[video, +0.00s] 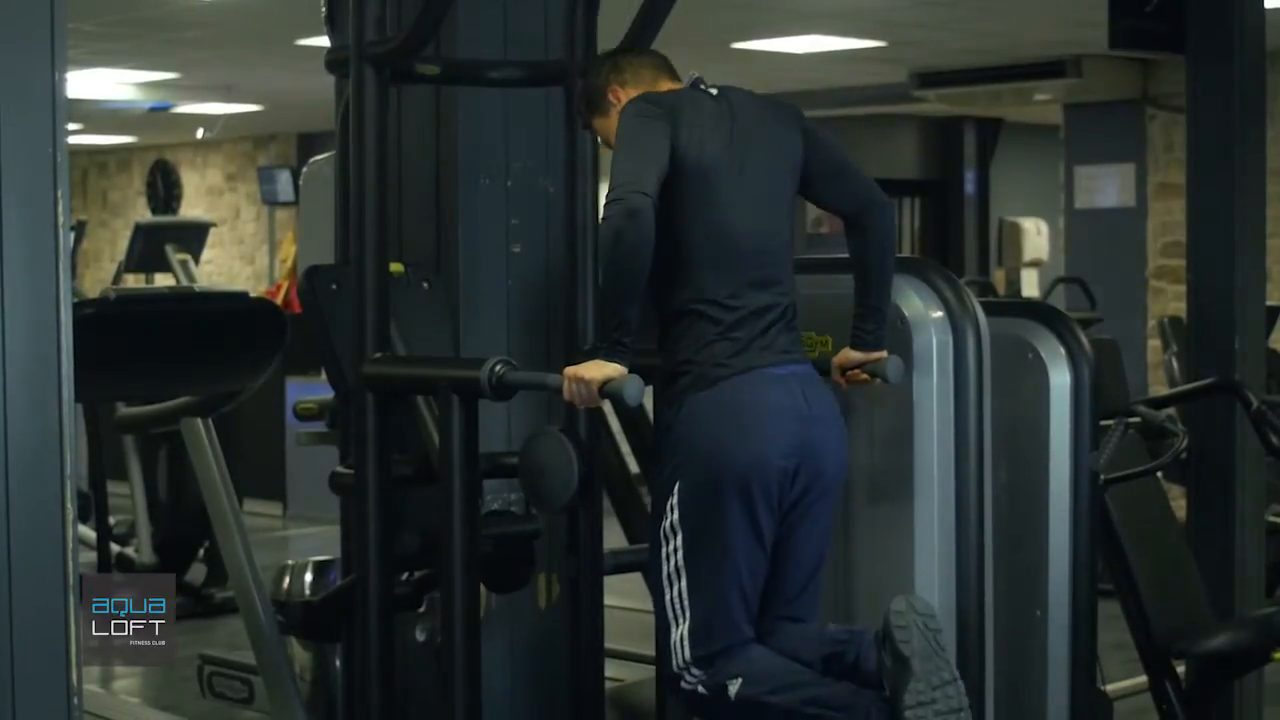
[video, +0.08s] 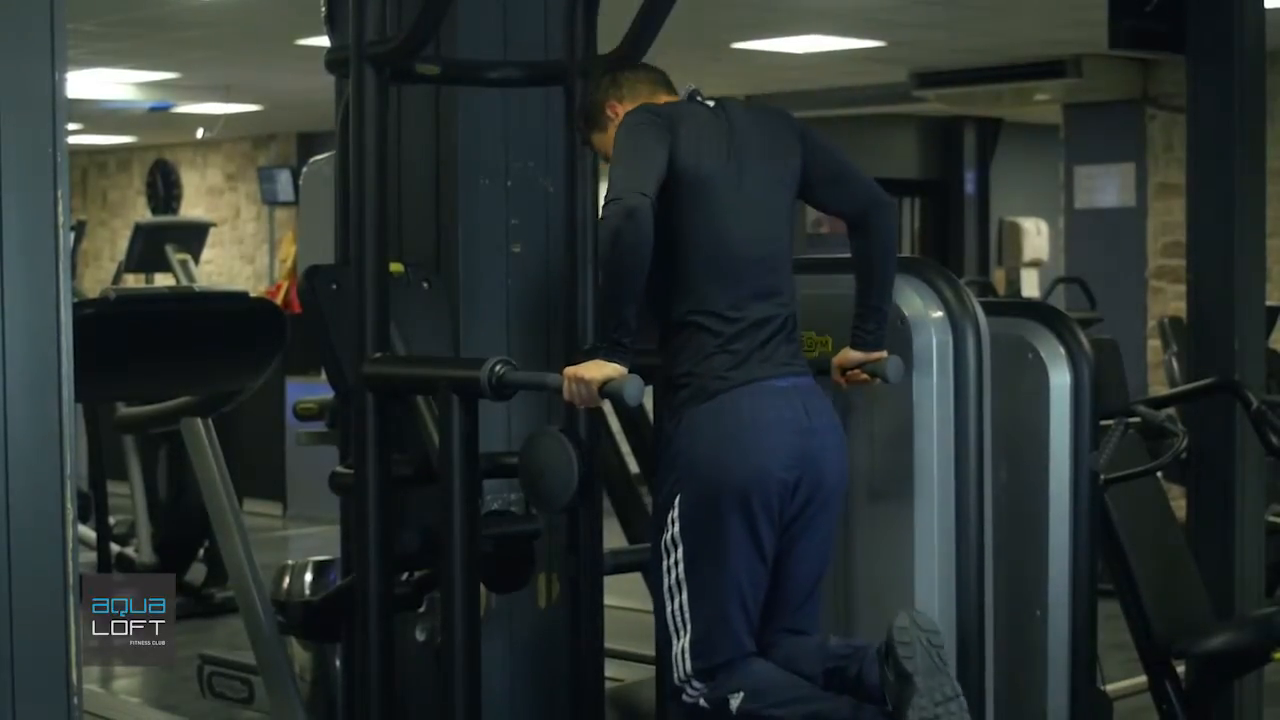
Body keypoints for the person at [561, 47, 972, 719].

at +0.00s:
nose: (611, 148)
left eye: (604, 132)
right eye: (603, 139)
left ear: (617, 98)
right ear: (677, 79)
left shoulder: (647, 115)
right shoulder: (776, 117)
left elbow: (630, 210)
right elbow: (871, 207)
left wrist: (614, 350)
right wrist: (869, 339)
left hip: (720, 411)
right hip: (808, 398)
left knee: (704, 664)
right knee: (780, 635)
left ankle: (880, 705)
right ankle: (881, 654)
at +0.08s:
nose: (610, 163)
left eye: (605, 146)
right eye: (604, 154)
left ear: (616, 113)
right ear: (674, 92)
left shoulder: (646, 127)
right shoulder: (772, 125)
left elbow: (629, 211)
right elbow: (873, 207)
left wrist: (613, 348)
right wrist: (869, 338)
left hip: (721, 424)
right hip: (808, 411)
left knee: (704, 675)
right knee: (782, 644)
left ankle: (873, 706)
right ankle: (884, 668)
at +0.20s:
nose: (607, 192)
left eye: (599, 178)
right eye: (600, 183)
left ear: (612, 141)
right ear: (664, 121)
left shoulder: (640, 150)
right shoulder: (768, 151)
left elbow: (624, 217)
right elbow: (876, 209)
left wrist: (611, 346)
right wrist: (868, 338)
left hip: (721, 452)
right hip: (808, 438)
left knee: (710, 694)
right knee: (781, 668)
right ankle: (879, 695)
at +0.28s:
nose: (600, 206)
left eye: (595, 193)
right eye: (593, 199)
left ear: (608, 157)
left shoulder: (639, 159)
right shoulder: (768, 162)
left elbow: (624, 219)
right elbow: (877, 208)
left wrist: (613, 349)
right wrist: (869, 338)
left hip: (720, 465)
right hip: (809, 452)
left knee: (713, 700)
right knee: (789, 683)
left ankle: (880, 706)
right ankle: (885, 705)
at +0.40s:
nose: (595, 225)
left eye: (591, 215)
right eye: (589, 220)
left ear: (604, 189)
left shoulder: (638, 183)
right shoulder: (759, 184)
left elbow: (619, 224)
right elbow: (877, 210)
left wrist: (613, 348)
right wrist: (870, 338)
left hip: (723, 489)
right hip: (809, 471)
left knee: (714, 704)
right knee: (799, 701)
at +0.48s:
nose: (597, 259)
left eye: (591, 249)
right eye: (590, 255)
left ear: (600, 213)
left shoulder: (632, 197)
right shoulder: (757, 197)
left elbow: (623, 212)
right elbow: (877, 210)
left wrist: (611, 348)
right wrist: (868, 340)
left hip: (723, 503)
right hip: (806, 483)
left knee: (714, 706)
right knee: (802, 705)